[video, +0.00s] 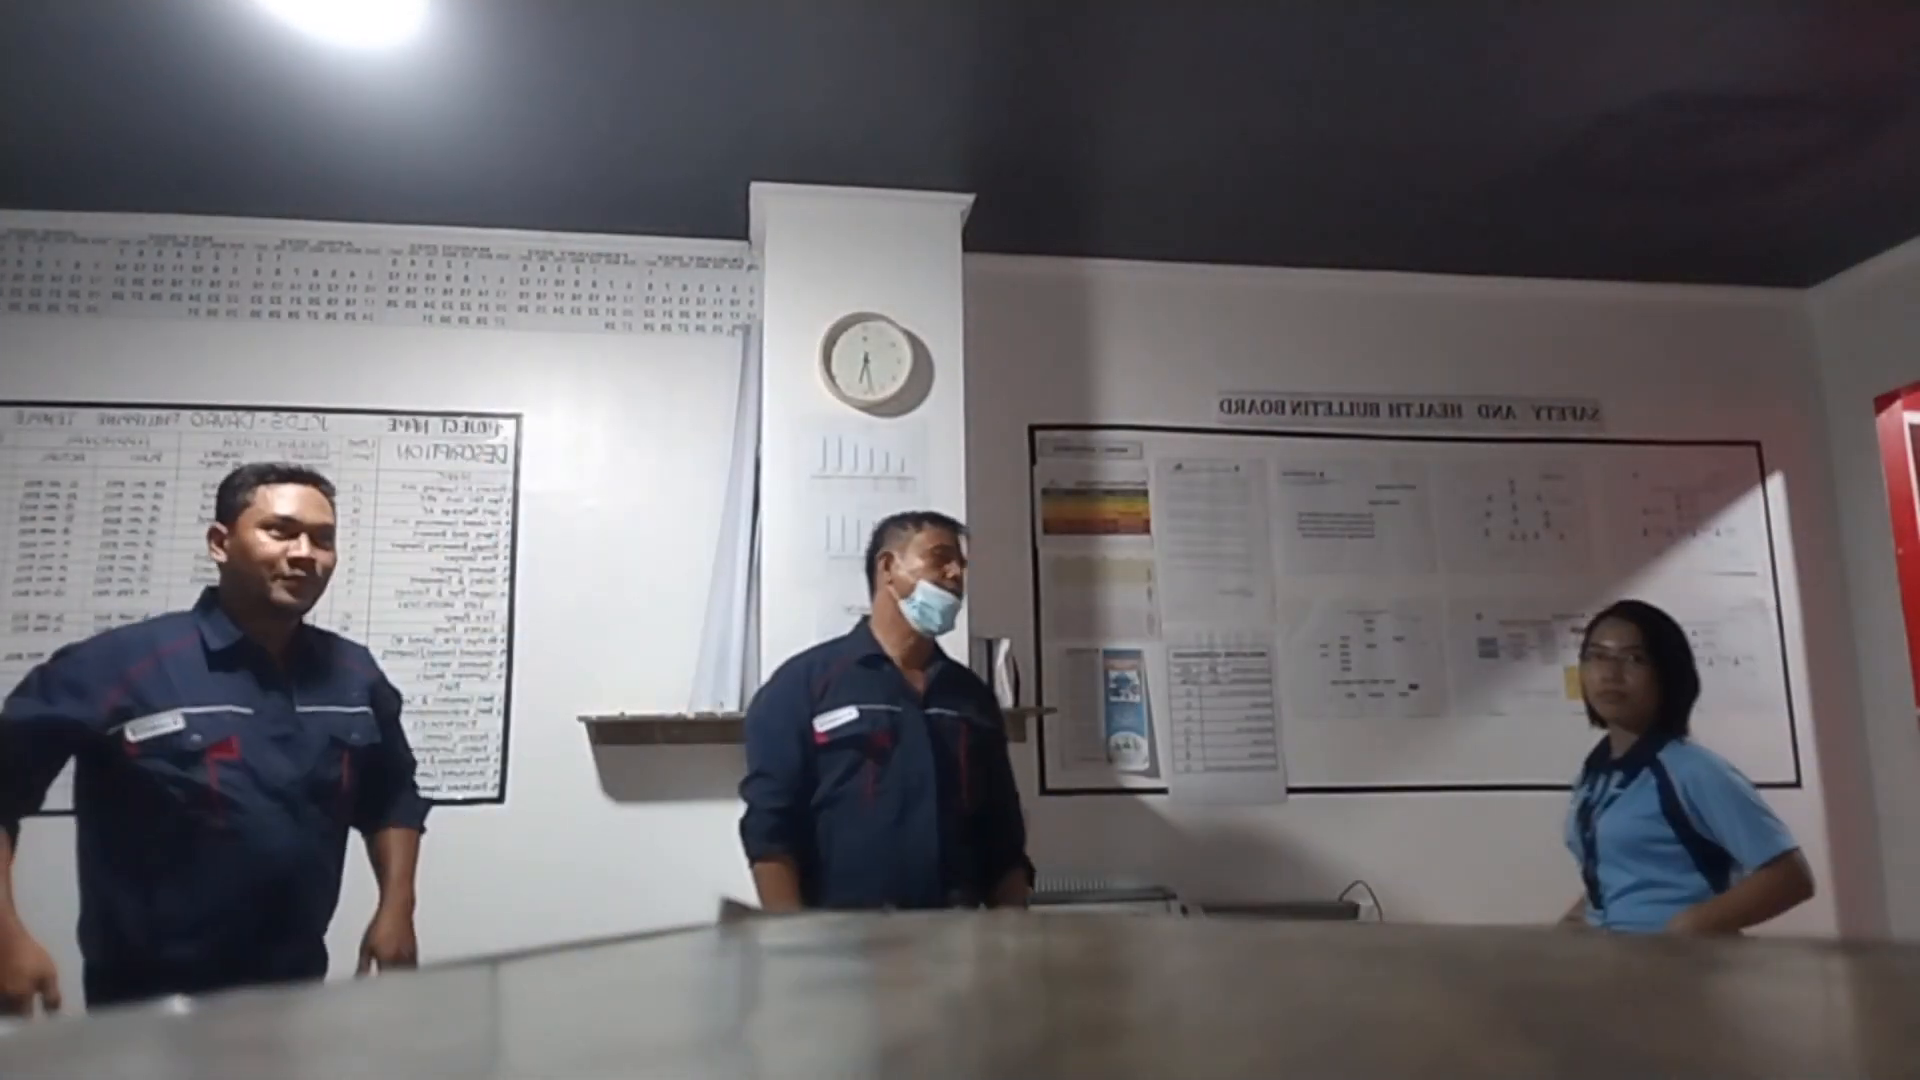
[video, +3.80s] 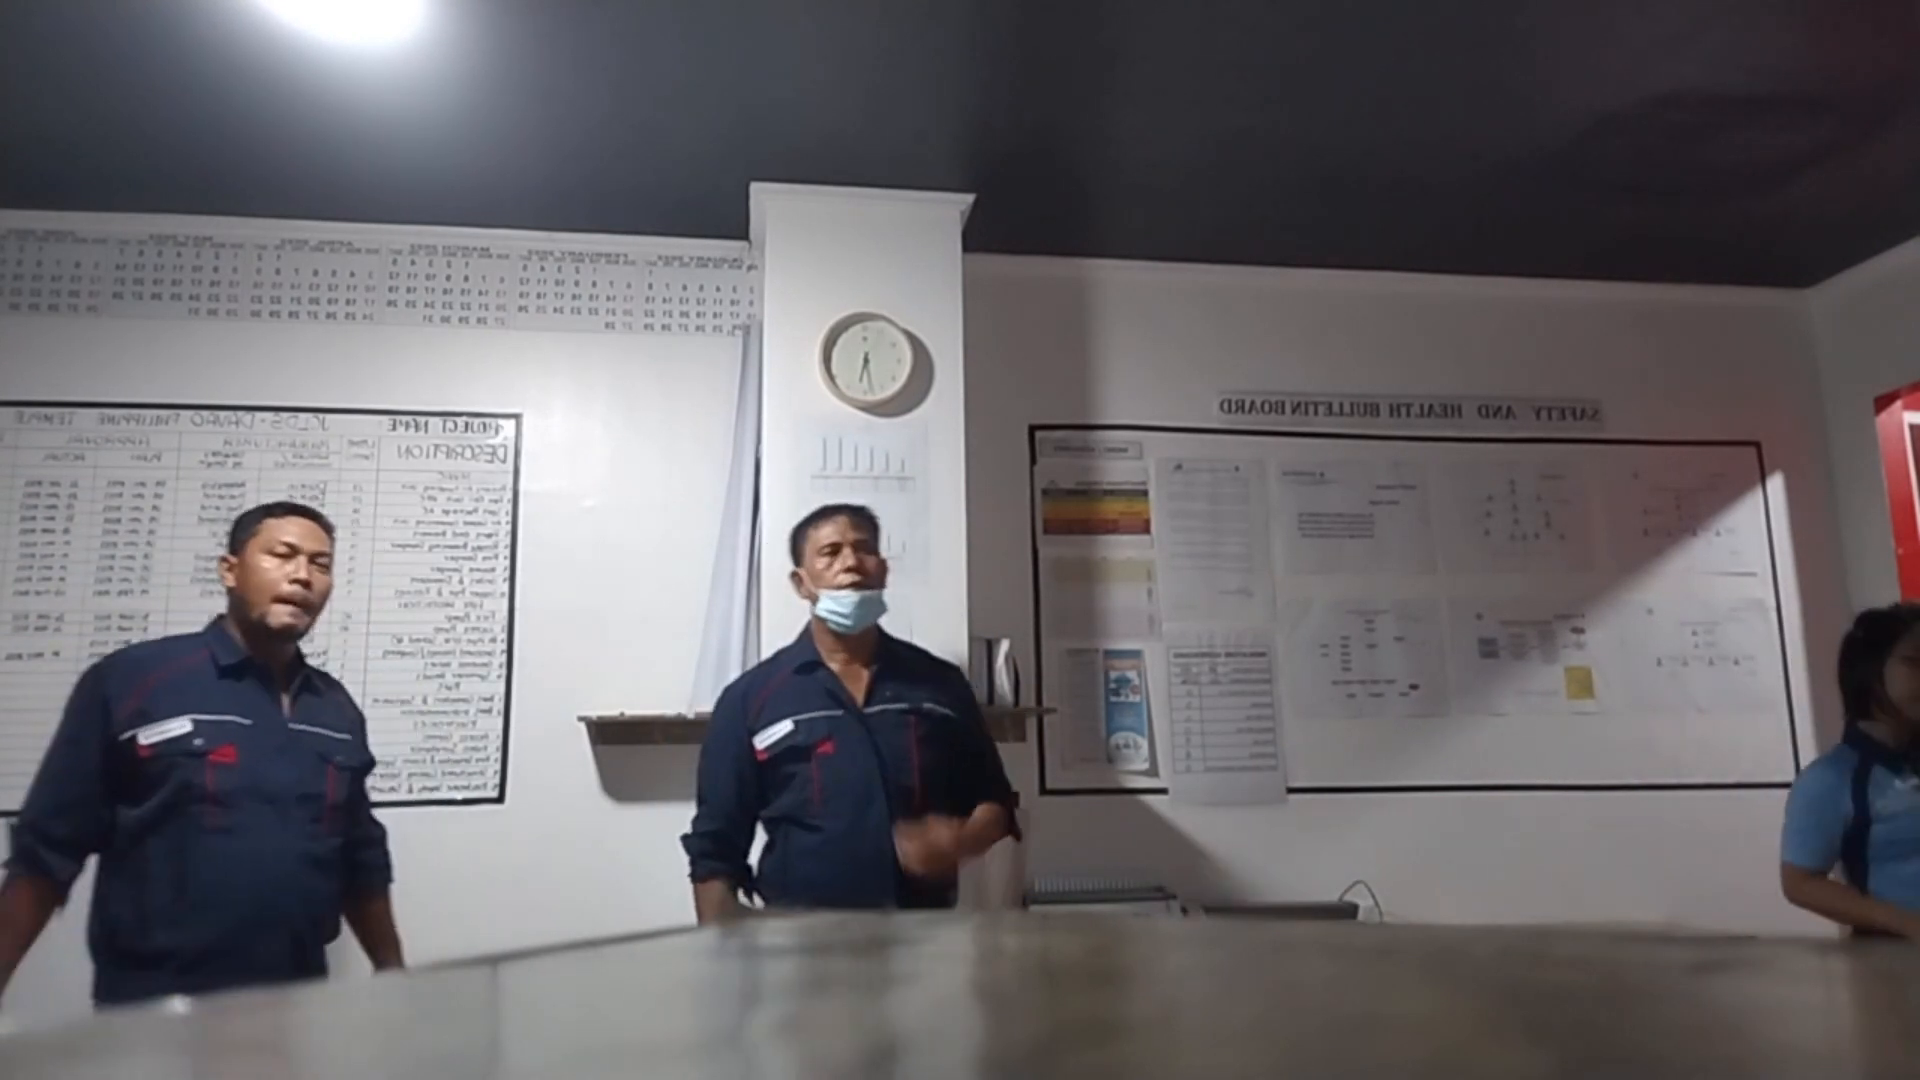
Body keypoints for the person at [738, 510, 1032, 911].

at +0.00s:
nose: (957, 572)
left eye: (961, 562)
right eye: (940, 558)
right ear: (887, 567)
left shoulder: (974, 696)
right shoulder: (799, 688)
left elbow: (1004, 843)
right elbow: (767, 831)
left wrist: (1014, 947)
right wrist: (799, 949)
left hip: (956, 945)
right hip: (840, 946)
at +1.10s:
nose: (908, 547)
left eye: (917, 535)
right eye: (884, 536)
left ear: (931, 553)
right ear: (844, 564)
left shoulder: (971, 680)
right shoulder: (779, 686)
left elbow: (1006, 837)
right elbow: (745, 842)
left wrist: (1020, 954)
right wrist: (755, 965)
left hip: (955, 947)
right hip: (831, 952)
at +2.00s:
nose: (938, 566)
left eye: (959, 556)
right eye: (926, 552)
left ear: (991, 582)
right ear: (906, 571)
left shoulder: (1031, 705)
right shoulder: (841, 687)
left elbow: (1063, 860)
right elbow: (797, 828)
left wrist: (1058, 970)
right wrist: (789, 950)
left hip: (986, 953)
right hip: (858, 951)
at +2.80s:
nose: (900, 566)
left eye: (914, 556)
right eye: (881, 551)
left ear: (927, 582)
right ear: (846, 572)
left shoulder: (962, 699)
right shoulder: (770, 687)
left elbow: (992, 847)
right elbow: (724, 823)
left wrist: (1012, 952)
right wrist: (727, 939)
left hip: (929, 948)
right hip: (804, 946)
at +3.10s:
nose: (838, 561)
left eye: (850, 548)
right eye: (816, 549)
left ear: (863, 567)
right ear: (782, 576)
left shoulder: (913, 685)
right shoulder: (721, 698)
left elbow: (948, 831)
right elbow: (683, 851)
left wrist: (952, 943)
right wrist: (690, 972)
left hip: (897, 941)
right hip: (773, 943)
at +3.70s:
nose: (830, 564)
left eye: (841, 550)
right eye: (808, 555)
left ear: (860, 568)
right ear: (779, 586)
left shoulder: (924, 684)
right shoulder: (733, 706)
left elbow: (975, 810)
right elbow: (701, 863)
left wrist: (960, 917)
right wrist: (724, 977)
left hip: (910, 943)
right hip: (788, 949)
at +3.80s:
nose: (852, 562)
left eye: (864, 549)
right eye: (831, 553)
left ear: (884, 570)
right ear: (802, 583)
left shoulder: (943, 686)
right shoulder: (749, 702)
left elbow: (998, 809)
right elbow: (714, 858)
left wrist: (957, 843)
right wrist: (733, 977)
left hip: (924, 944)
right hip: (801, 948)